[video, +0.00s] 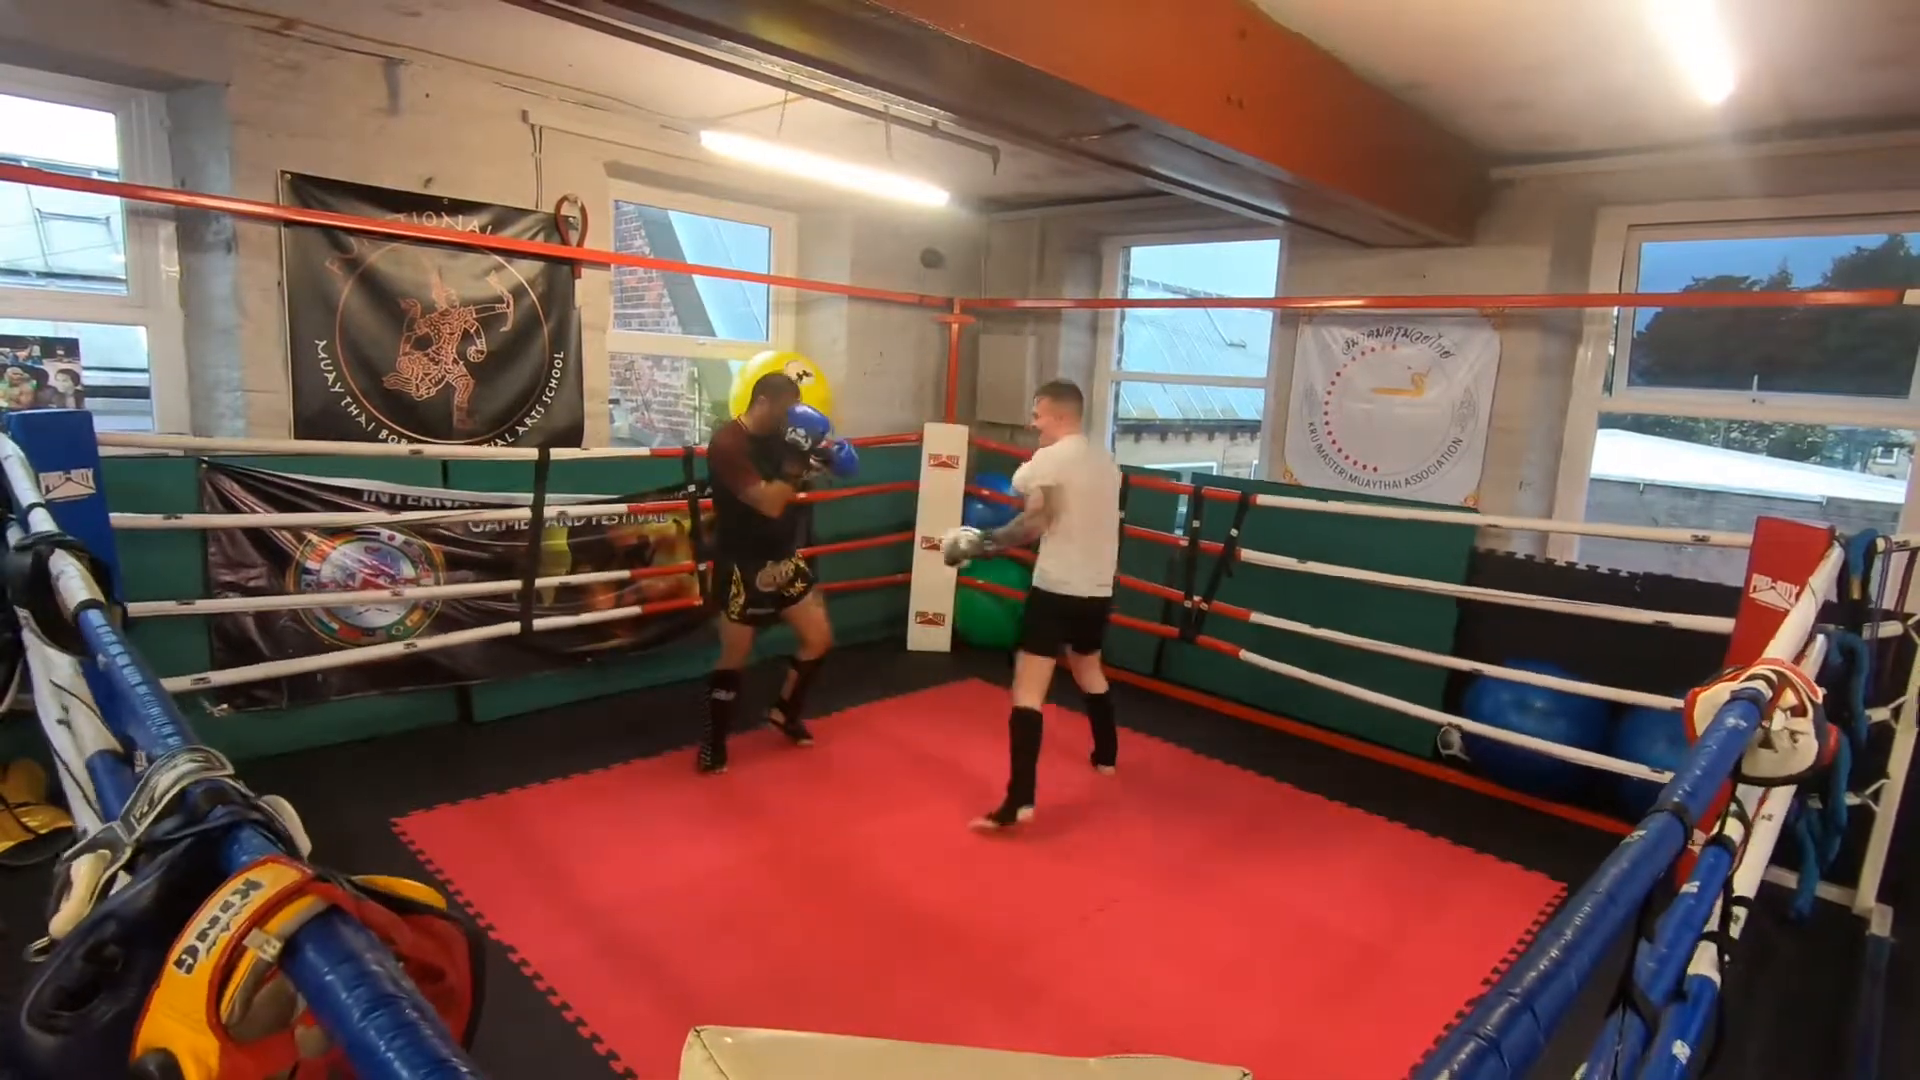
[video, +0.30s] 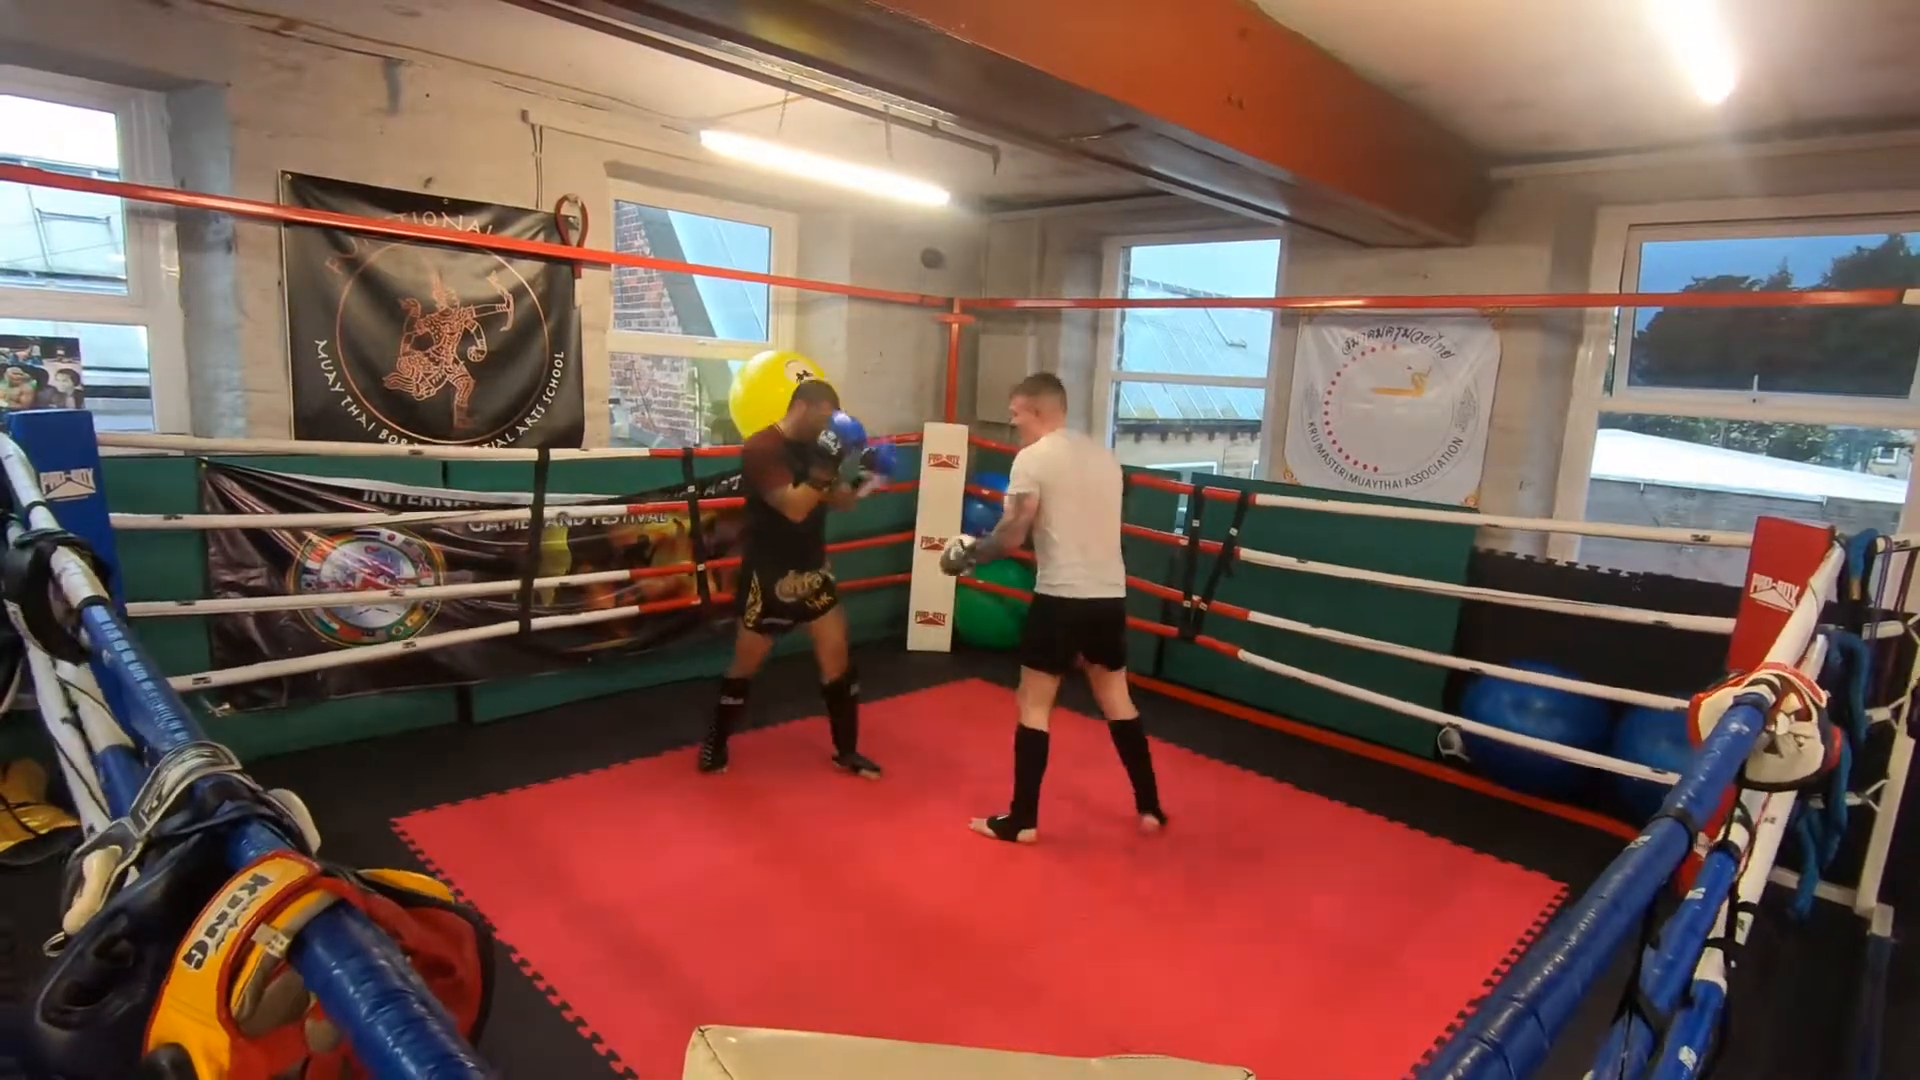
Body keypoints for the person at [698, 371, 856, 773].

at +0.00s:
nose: (789, 417)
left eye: (792, 410)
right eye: (785, 408)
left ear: (778, 407)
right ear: (761, 401)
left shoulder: (777, 439)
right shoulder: (727, 443)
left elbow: (794, 477)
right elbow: (768, 502)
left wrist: (825, 464)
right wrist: (796, 460)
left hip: (784, 559)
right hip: (742, 565)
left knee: (818, 638)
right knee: (735, 654)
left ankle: (786, 710)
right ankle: (715, 742)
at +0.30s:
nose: (827, 426)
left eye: (831, 419)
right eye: (824, 417)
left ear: (819, 415)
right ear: (799, 407)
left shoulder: (813, 450)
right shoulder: (761, 448)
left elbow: (834, 499)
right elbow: (794, 507)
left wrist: (860, 485)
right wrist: (829, 464)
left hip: (813, 567)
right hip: (768, 571)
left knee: (836, 656)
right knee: (747, 660)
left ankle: (846, 751)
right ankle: (716, 743)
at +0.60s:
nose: (826, 421)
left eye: (832, 417)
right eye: (823, 414)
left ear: (839, 420)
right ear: (807, 407)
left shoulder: (837, 448)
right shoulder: (771, 441)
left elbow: (869, 497)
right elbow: (807, 495)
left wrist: (885, 461)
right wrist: (829, 451)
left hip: (825, 567)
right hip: (775, 569)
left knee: (838, 662)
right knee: (755, 663)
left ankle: (846, 751)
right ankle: (735, 745)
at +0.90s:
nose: (814, 415)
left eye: (819, 407)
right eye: (807, 406)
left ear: (827, 411)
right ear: (786, 406)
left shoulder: (829, 446)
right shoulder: (761, 447)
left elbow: (859, 496)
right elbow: (796, 499)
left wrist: (881, 469)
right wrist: (819, 456)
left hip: (824, 569)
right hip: (772, 572)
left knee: (849, 665)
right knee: (752, 663)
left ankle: (852, 760)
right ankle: (733, 745)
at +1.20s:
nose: (822, 417)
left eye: (825, 411)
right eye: (814, 409)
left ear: (824, 412)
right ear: (790, 408)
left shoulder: (839, 444)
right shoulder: (764, 444)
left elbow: (865, 500)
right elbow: (792, 493)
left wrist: (889, 471)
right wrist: (813, 443)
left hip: (829, 571)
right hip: (776, 572)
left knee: (845, 668)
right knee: (756, 665)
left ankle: (850, 762)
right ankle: (733, 747)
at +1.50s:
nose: (822, 421)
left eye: (827, 415)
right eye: (815, 413)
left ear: (829, 416)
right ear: (795, 410)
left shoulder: (835, 446)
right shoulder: (764, 448)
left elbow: (868, 501)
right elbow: (795, 501)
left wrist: (888, 461)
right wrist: (821, 456)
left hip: (828, 574)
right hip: (775, 575)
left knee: (852, 669)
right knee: (753, 667)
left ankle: (853, 762)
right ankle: (733, 746)